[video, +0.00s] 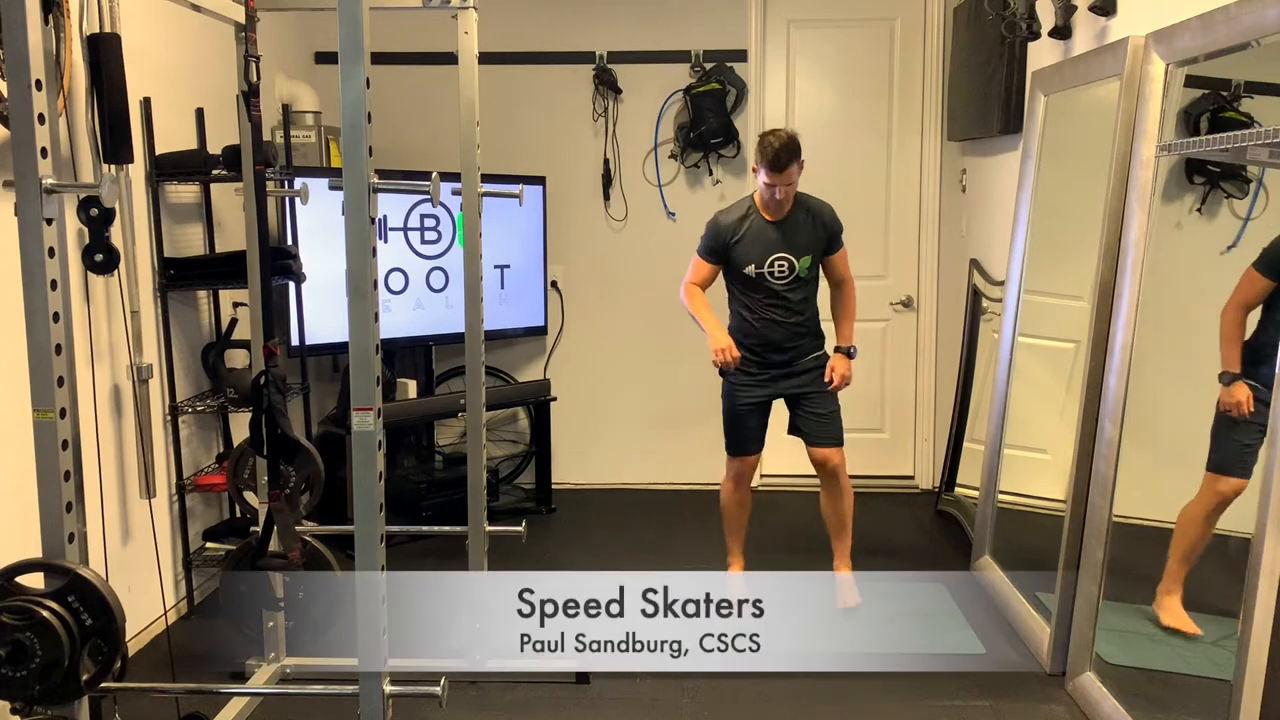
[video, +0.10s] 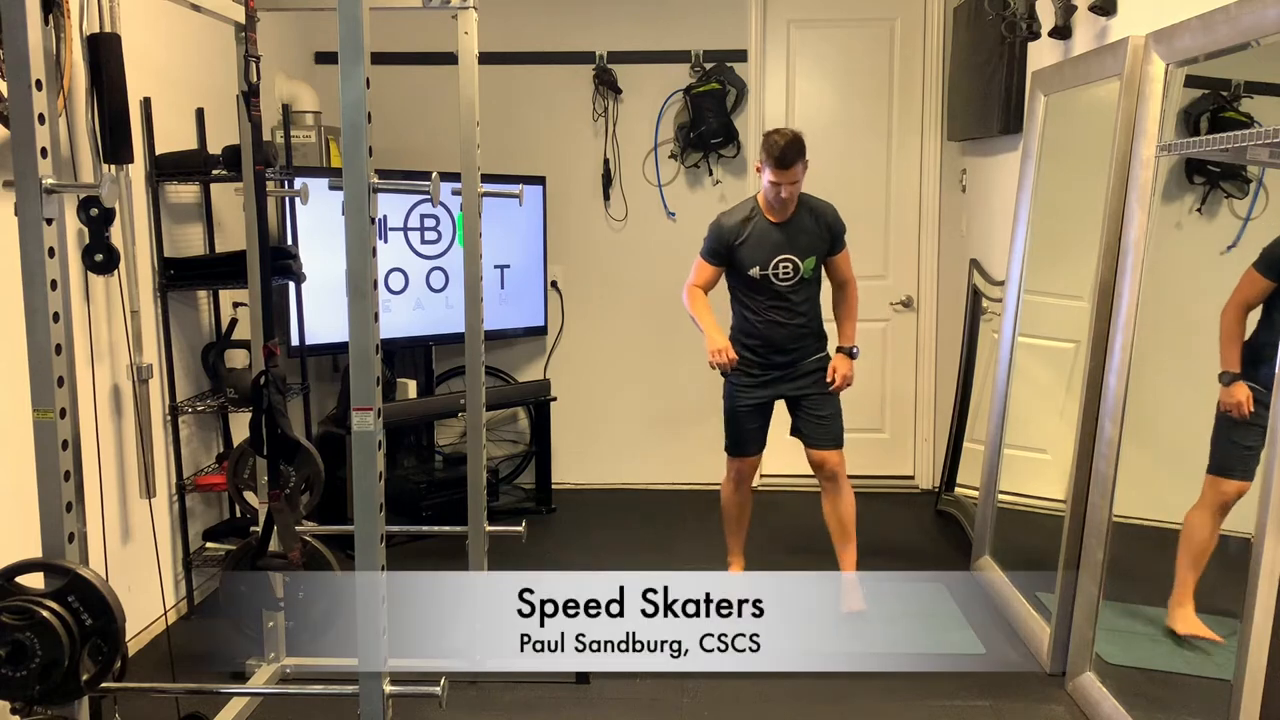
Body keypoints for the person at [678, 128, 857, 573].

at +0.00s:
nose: (778, 194)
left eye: (787, 184)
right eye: (769, 184)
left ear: (801, 172)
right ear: (755, 173)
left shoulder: (821, 220)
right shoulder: (727, 225)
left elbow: (841, 284)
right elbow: (691, 287)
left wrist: (844, 351)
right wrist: (715, 332)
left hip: (807, 365)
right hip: (747, 368)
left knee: (831, 463)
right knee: (740, 469)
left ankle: (843, 567)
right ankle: (735, 565)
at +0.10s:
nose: (785, 193)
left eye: (794, 183)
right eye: (776, 183)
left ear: (806, 172)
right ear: (759, 172)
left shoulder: (824, 221)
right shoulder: (729, 228)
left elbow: (843, 285)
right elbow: (694, 289)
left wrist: (846, 351)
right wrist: (714, 335)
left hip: (809, 366)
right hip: (749, 369)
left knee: (830, 466)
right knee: (740, 472)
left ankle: (850, 578)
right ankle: (735, 566)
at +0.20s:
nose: (794, 194)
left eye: (803, 184)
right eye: (785, 184)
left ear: (815, 174)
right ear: (768, 173)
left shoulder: (833, 224)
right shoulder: (737, 230)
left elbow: (853, 287)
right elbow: (701, 292)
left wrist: (855, 354)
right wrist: (722, 338)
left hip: (815, 370)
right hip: (753, 371)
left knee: (834, 471)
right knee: (742, 473)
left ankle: (855, 583)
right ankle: (735, 567)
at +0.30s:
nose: (807, 196)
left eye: (816, 185)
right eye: (797, 185)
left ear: (828, 178)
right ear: (781, 176)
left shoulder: (846, 228)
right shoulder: (750, 233)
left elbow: (869, 291)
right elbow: (713, 295)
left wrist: (868, 360)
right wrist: (736, 342)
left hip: (825, 371)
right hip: (764, 372)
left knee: (841, 474)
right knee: (747, 474)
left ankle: (858, 588)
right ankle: (736, 565)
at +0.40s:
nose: (821, 199)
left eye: (830, 189)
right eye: (812, 189)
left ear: (842, 182)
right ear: (795, 181)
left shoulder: (862, 236)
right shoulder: (765, 237)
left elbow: (888, 301)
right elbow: (727, 302)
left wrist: (884, 369)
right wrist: (752, 349)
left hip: (840, 373)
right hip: (777, 373)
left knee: (851, 477)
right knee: (755, 472)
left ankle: (859, 593)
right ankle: (738, 562)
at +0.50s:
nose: (832, 207)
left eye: (842, 197)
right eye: (823, 197)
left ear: (855, 191)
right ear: (806, 190)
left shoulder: (875, 246)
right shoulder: (777, 247)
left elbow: (905, 312)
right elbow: (740, 316)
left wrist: (900, 384)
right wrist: (769, 364)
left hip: (851, 376)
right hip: (788, 375)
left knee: (859, 478)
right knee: (767, 473)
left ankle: (860, 592)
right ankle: (752, 558)